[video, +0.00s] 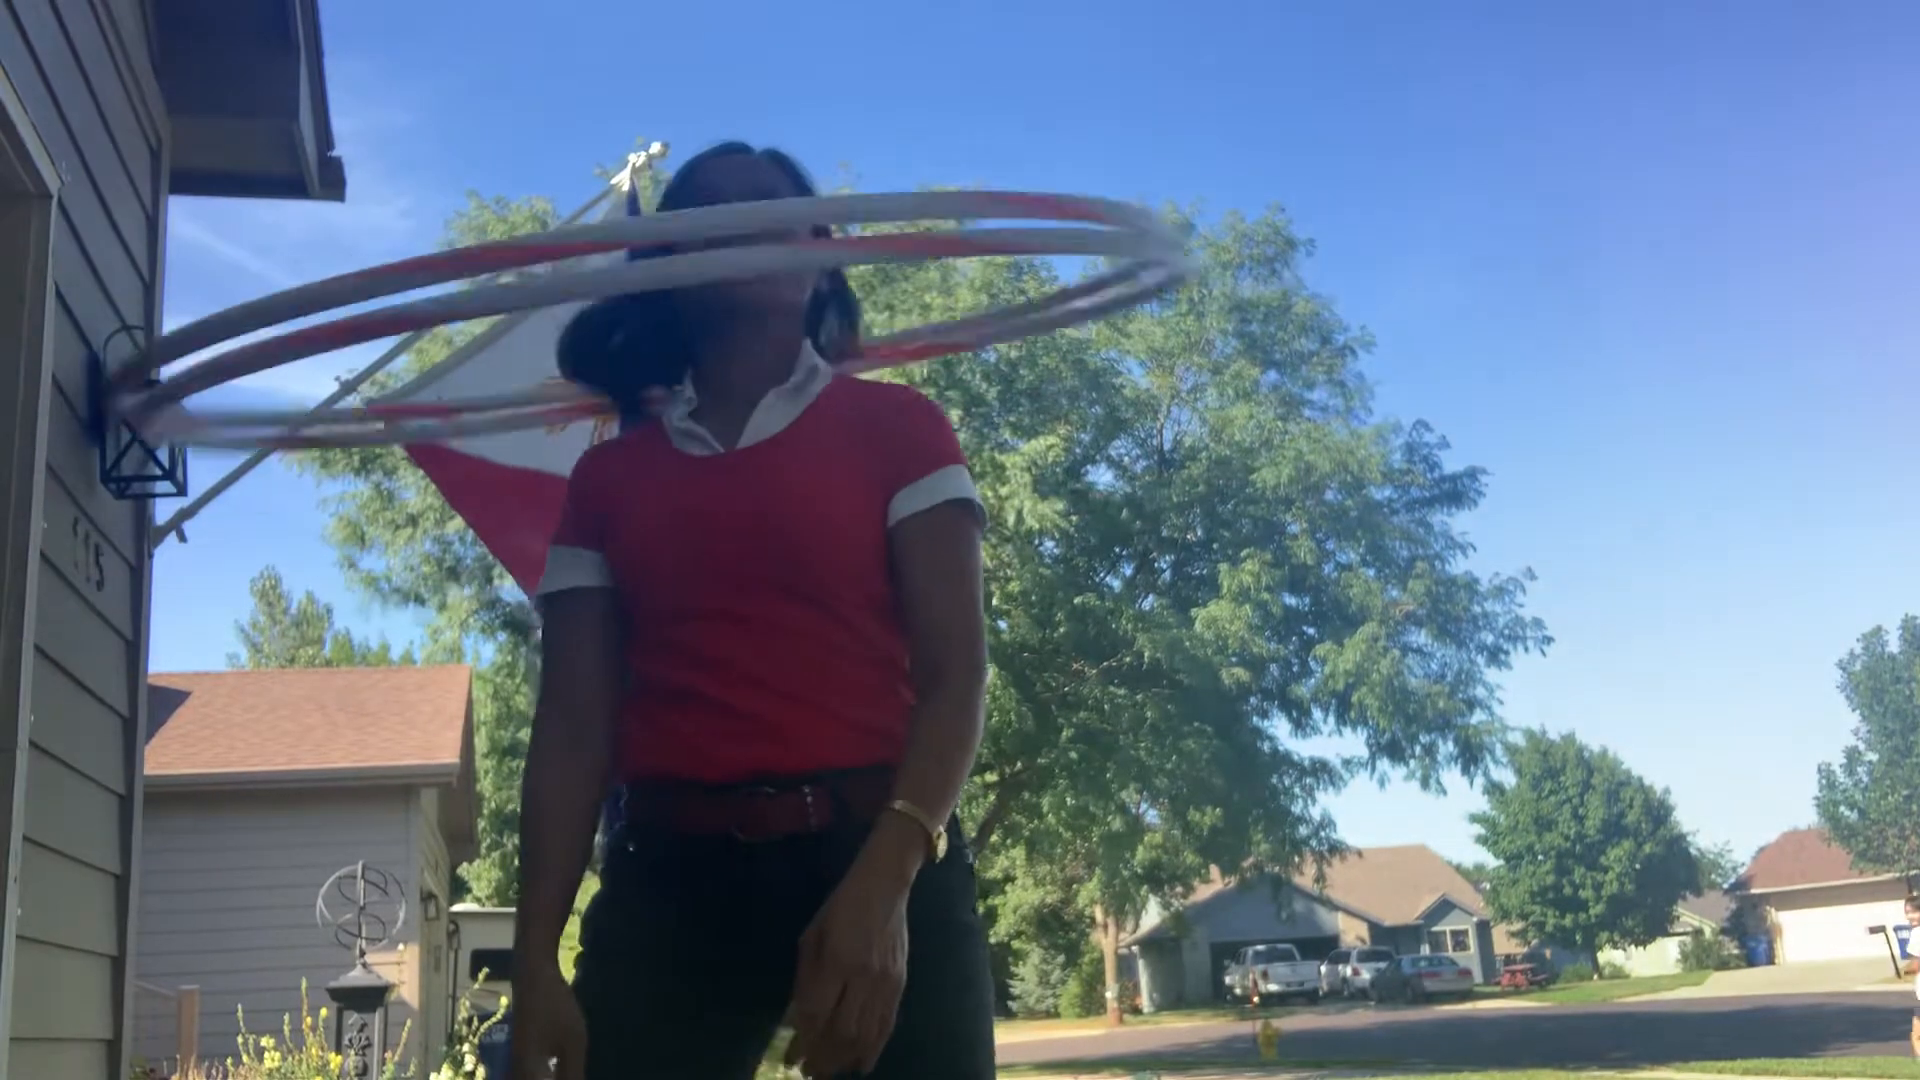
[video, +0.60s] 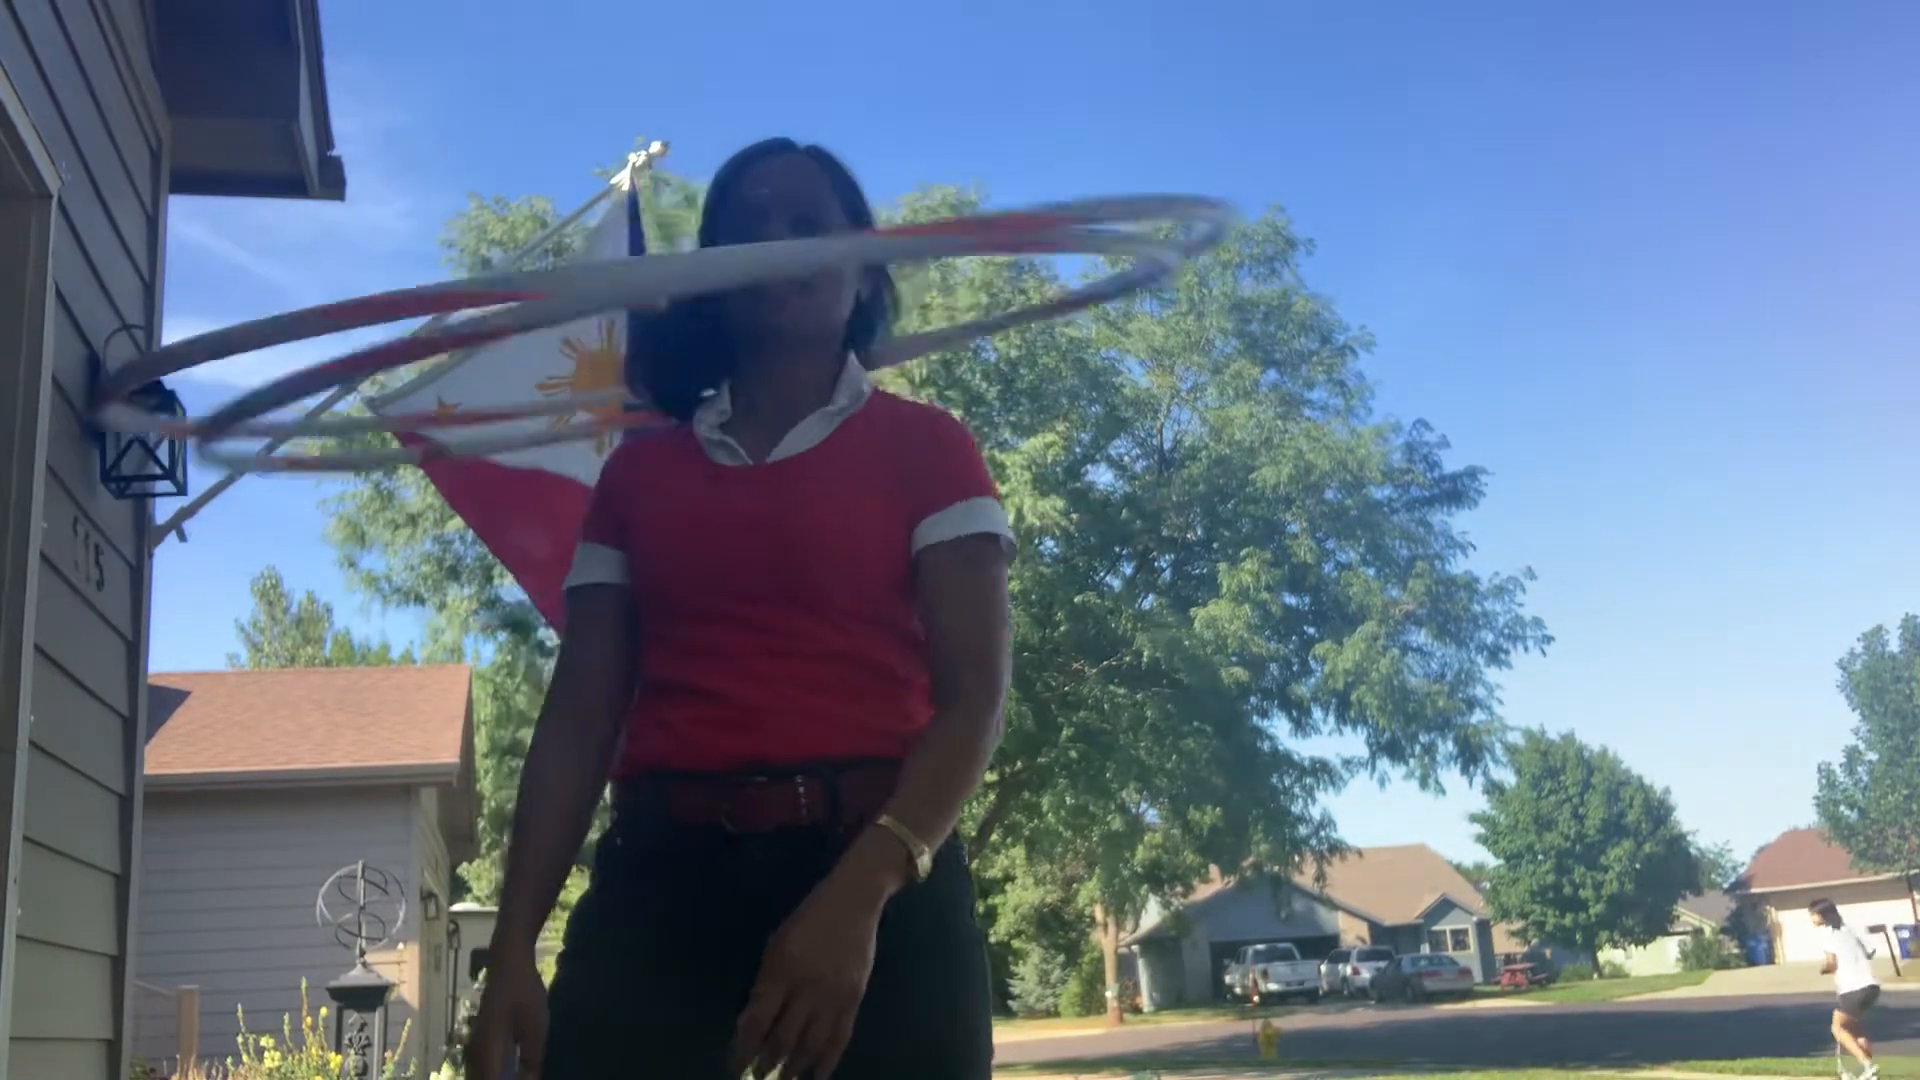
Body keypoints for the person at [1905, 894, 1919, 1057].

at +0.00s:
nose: (1909, 916)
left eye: (1912, 912)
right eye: (1908, 912)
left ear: (1918, 912)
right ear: (1906, 913)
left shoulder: (1916, 933)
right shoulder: (1914, 932)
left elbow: (1915, 965)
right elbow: (1914, 963)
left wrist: (1904, 970)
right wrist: (1906, 968)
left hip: (1918, 994)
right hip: (1917, 994)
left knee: (1916, 1034)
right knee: (1915, 1034)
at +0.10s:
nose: (1889, 912)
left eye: (1893, 907)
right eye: (1887, 907)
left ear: (1903, 907)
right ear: (1888, 907)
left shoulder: (1900, 927)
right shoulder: (1911, 924)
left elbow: (1900, 953)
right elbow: (1903, 952)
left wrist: (1895, 967)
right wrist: (1897, 966)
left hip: (1912, 989)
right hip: (1912, 988)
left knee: (1912, 1036)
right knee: (1912, 1035)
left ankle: (1917, 1071)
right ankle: (1916, 1071)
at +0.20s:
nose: (1870, 910)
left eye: (1873, 906)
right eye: (1869, 906)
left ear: (1884, 906)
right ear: (1890, 907)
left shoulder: (1881, 924)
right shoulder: (1907, 924)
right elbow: (1911, 947)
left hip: (1901, 984)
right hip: (1915, 981)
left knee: (1907, 1032)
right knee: (1912, 1029)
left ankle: (1918, 1070)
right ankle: (1911, 1071)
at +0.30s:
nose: (1855, 915)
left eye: (1857, 910)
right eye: (1854, 911)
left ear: (1867, 909)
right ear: (1871, 910)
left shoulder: (1867, 930)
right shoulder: (1891, 927)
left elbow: (1867, 960)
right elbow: (1907, 949)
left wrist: (1863, 969)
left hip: (1890, 985)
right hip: (1908, 982)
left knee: (1898, 1030)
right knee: (1904, 1030)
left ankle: (1916, 1071)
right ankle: (1915, 1070)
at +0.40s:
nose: (1842, 920)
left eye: (1844, 916)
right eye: (1841, 916)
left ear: (1852, 915)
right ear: (1859, 913)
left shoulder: (1853, 933)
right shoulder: (1880, 928)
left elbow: (1857, 961)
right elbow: (1900, 949)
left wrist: (1853, 969)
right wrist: (1892, 964)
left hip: (1878, 988)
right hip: (1896, 985)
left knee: (1886, 1035)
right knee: (1884, 1032)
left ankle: (1912, 1071)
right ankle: (1900, 1072)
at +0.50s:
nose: (1827, 920)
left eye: (1829, 915)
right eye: (1827, 915)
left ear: (1838, 915)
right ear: (1846, 914)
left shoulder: (1840, 934)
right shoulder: (1865, 930)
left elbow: (1844, 964)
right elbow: (1883, 954)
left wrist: (1838, 970)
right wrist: (1866, 963)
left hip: (1865, 987)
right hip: (1884, 984)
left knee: (1863, 1034)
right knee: (1871, 1028)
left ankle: (1894, 1061)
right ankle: (1885, 1067)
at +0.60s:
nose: (1812, 919)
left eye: (1813, 915)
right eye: (1811, 915)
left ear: (1822, 915)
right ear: (1830, 913)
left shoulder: (1826, 934)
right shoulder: (1847, 930)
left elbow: (1831, 964)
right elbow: (1868, 952)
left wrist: (1823, 969)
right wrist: (1849, 962)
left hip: (1852, 987)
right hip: (1870, 983)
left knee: (1837, 1027)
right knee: (1854, 1026)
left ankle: (1867, 1065)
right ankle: (1867, 1068)